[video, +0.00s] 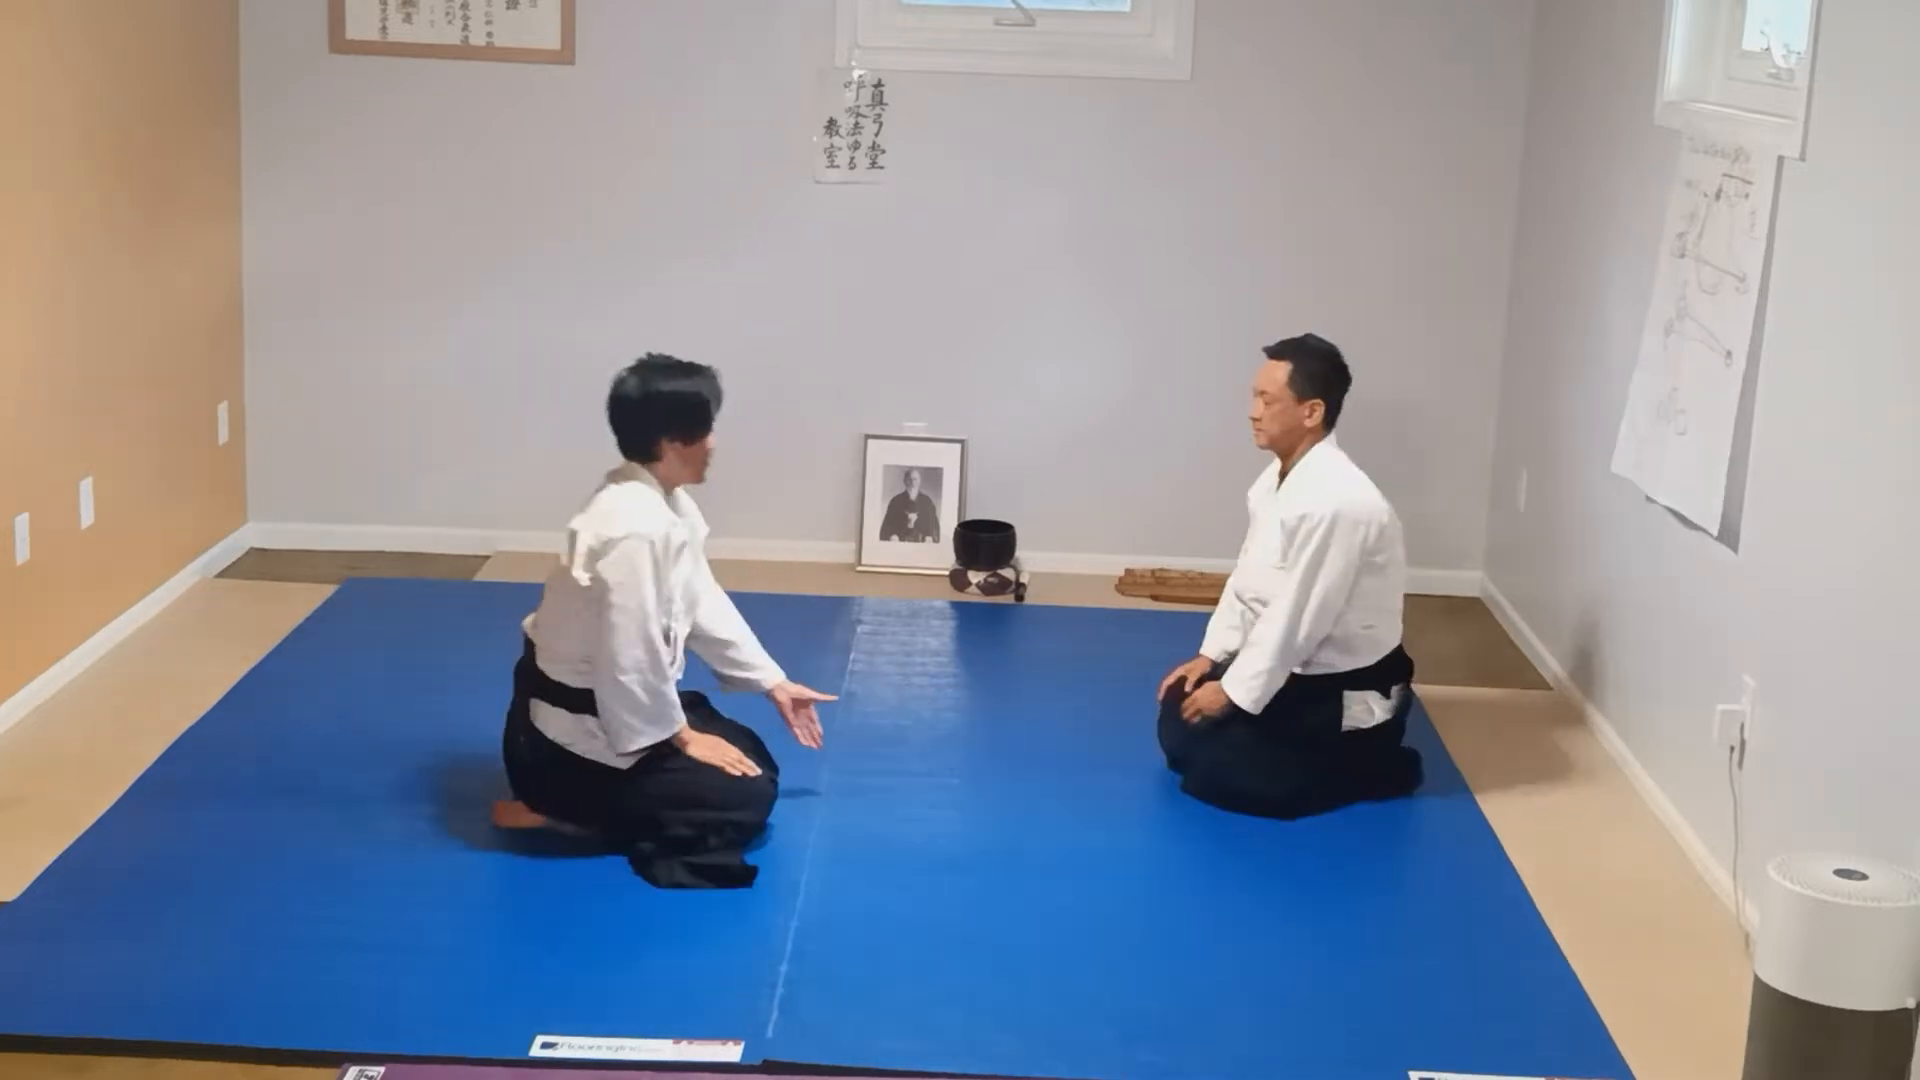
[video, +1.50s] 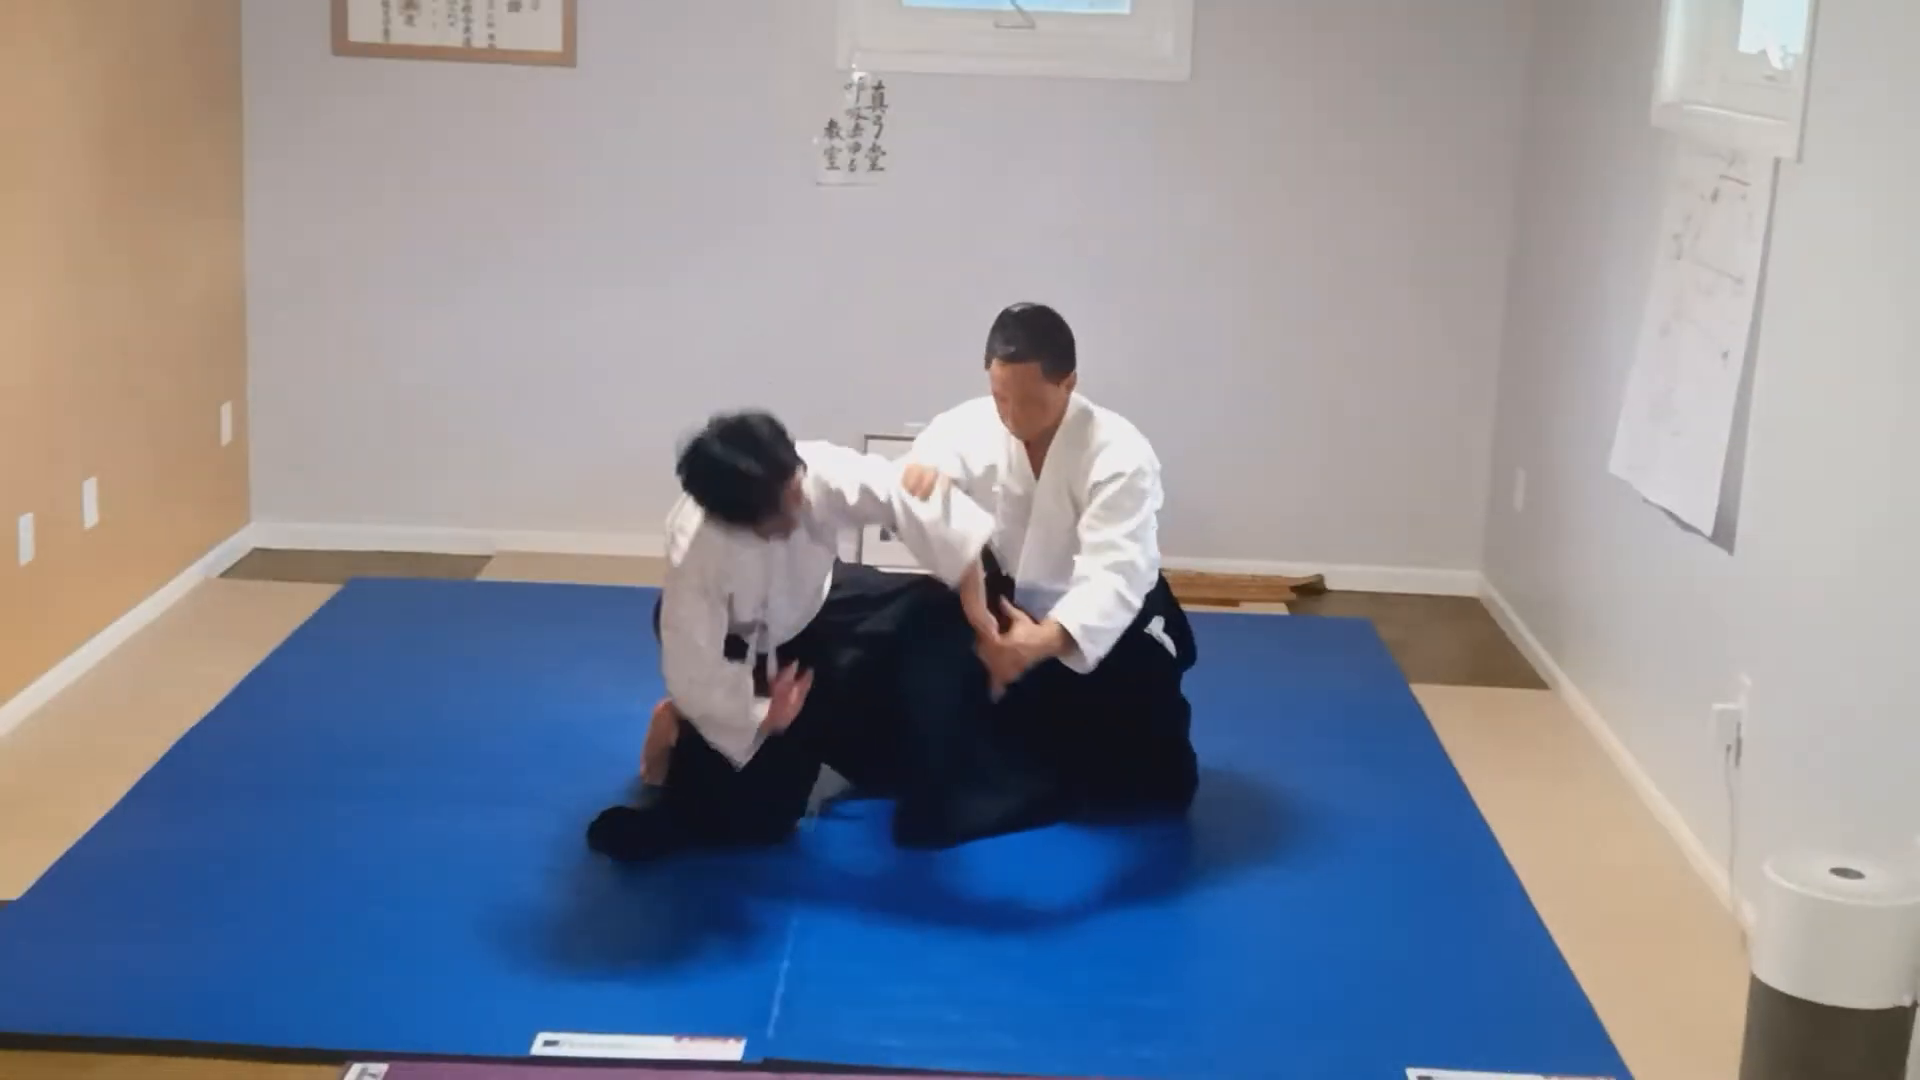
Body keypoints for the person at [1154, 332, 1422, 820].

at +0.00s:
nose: (1253, 413)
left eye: (1266, 401)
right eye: (1256, 398)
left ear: (1312, 412)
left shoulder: (1338, 503)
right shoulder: (1275, 481)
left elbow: (1296, 622)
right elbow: (1246, 582)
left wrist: (1230, 690)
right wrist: (1211, 656)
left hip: (1350, 696)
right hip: (1288, 671)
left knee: (1219, 773)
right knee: (1178, 727)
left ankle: (1383, 771)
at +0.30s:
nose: (1182, 356)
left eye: (1197, 343)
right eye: (1184, 341)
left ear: (1242, 356)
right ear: (1235, 358)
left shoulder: (1261, 438)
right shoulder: (1203, 430)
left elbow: (1190, 541)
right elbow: (1172, 534)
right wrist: (1119, 603)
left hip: (1308, 634)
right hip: (1242, 626)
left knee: (1223, 783)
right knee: (1175, 746)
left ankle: (1380, 764)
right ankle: (1324, 720)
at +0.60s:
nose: (1161, 333)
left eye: (1176, 321)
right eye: (1162, 319)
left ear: (1227, 333)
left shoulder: (1251, 393)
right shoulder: (1164, 405)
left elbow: (1148, 372)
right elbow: (1081, 427)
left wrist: (1043, 300)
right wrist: (992, 405)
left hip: (1281, 624)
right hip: (1208, 620)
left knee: (1222, 787)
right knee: (1176, 756)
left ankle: (1353, 756)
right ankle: (1311, 724)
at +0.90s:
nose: (1116, 324)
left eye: (1128, 311)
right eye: (1112, 311)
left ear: (1170, 308)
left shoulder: (1222, 368)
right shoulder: (1120, 393)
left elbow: (1108, 334)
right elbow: (1046, 426)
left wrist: (1031, 237)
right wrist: (979, 360)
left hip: (1245, 612)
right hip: (1147, 600)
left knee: (1245, 801)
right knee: (1051, 657)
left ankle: (1349, 747)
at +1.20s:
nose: (1047, 342)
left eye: (1054, 324)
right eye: (1039, 326)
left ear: (1082, 321)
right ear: (1034, 328)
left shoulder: (1145, 386)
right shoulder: (1054, 401)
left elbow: (1094, 461)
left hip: (1185, 649)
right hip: (1085, 651)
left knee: (1222, 824)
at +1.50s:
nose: (1010, 414)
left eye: (1026, 400)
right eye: (999, 397)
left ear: (1066, 384)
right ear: (989, 377)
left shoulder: (1119, 455)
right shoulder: (960, 431)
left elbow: (1119, 572)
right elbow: (918, 533)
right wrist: (919, 487)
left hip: (1102, 635)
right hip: (994, 629)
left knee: (1156, 779)